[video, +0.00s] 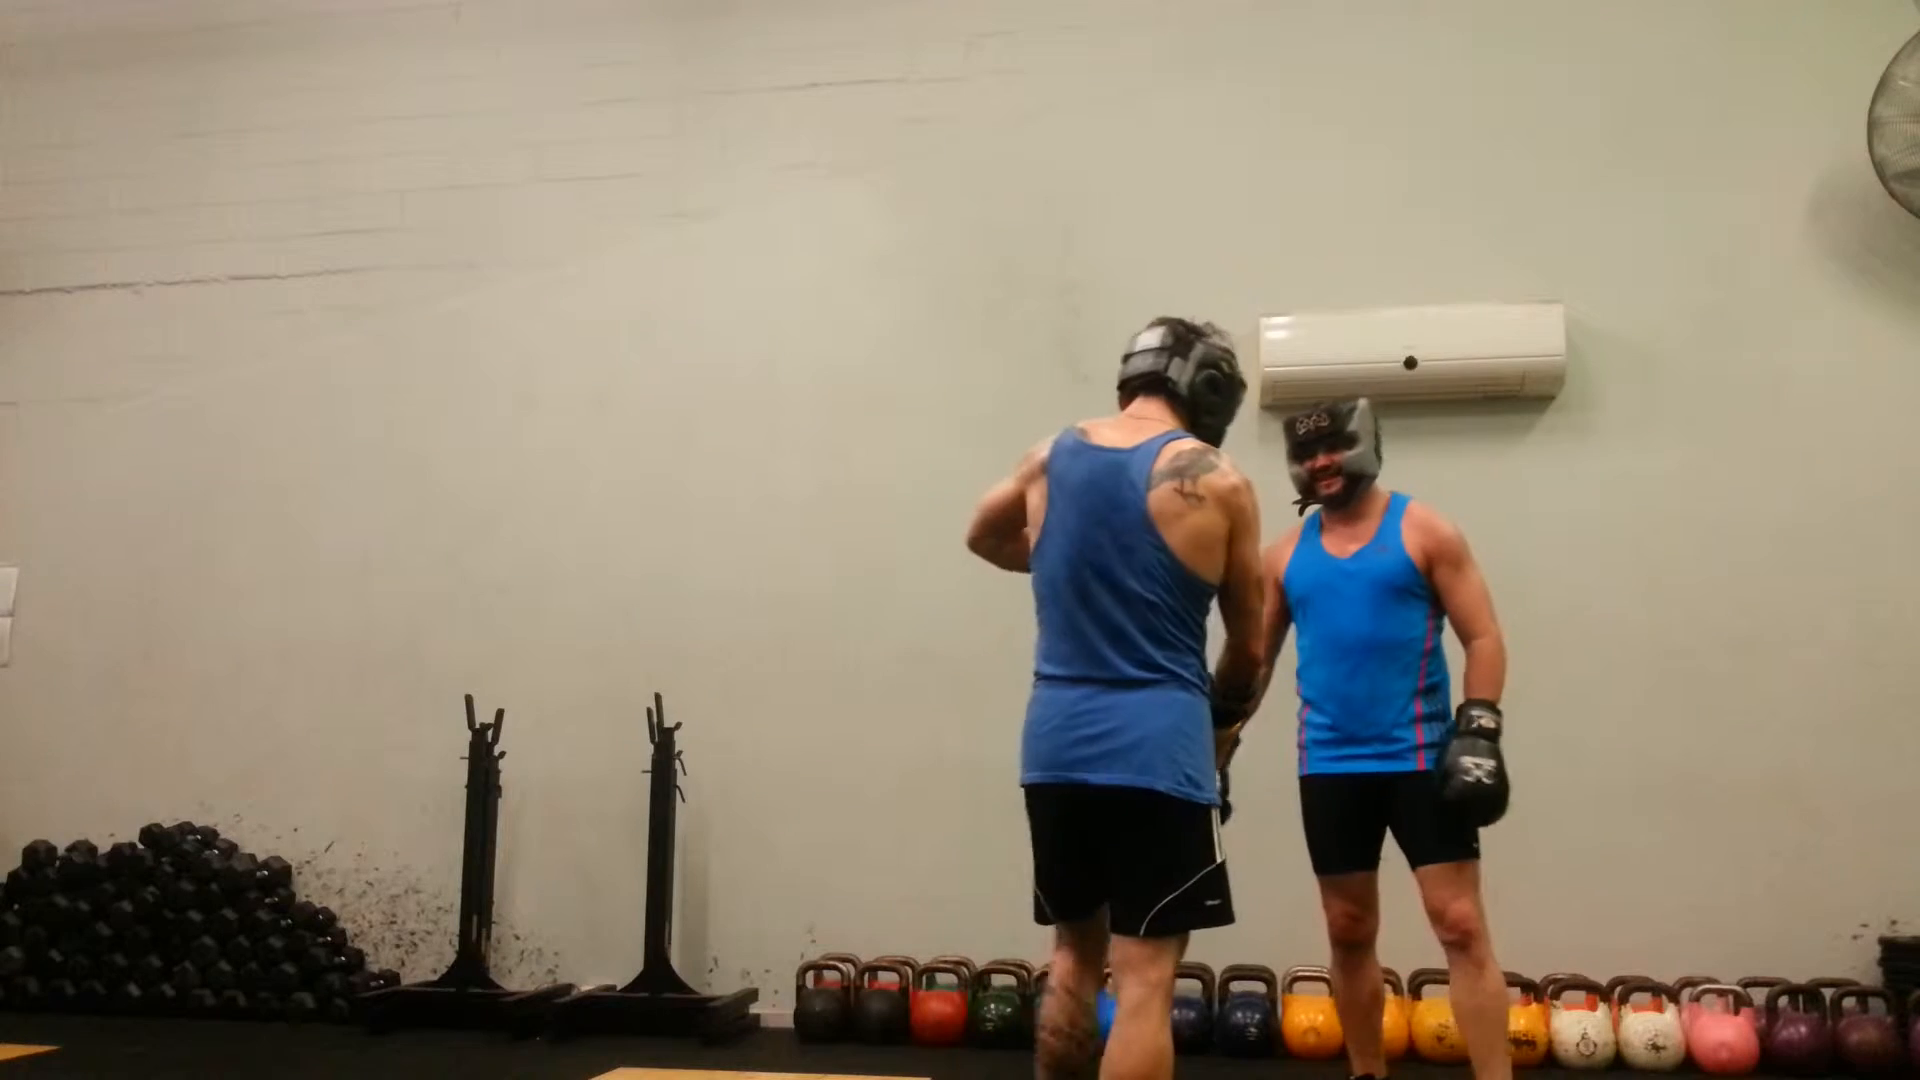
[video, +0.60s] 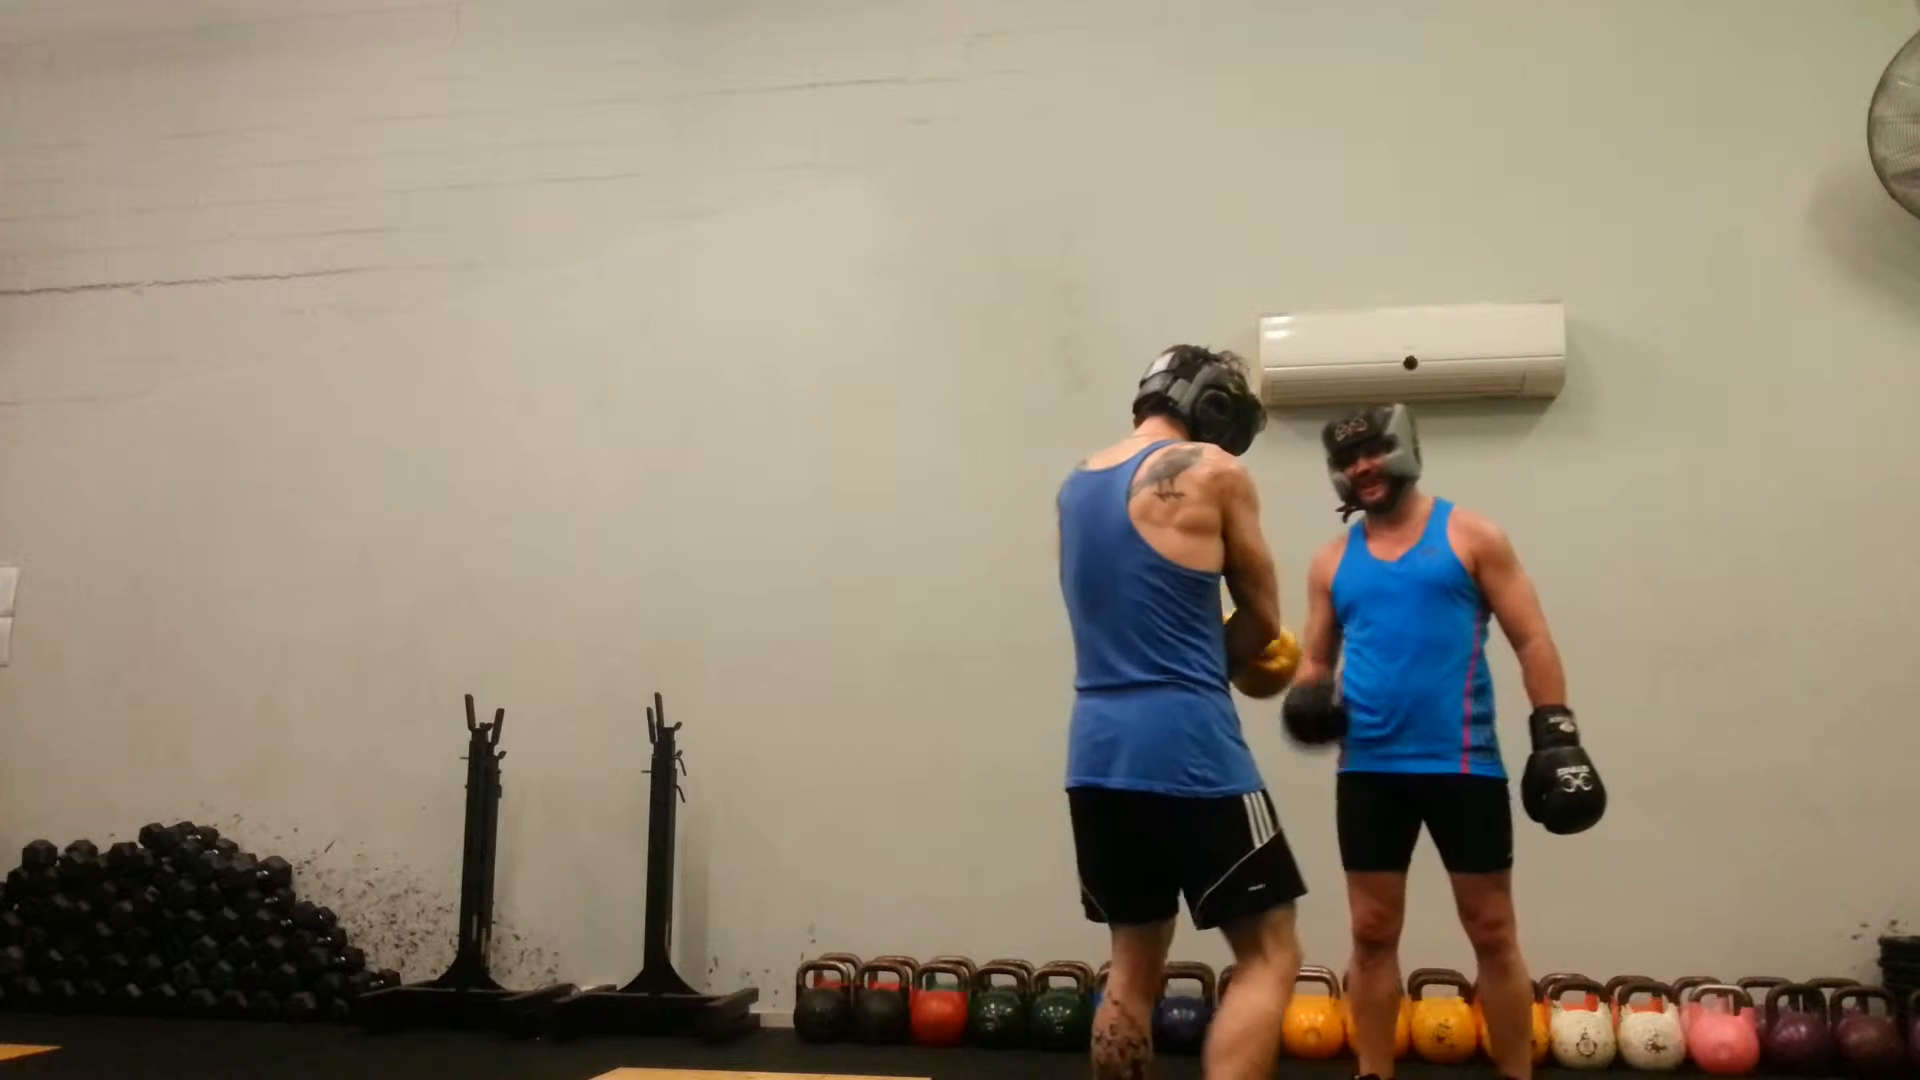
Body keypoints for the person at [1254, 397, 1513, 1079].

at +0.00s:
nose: (1323, 463)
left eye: (1337, 447)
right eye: (1308, 453)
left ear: (1368, 448)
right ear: (1295, 466)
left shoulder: (1425, 532)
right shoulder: (1283, 555)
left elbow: (1482, 637)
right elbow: (1251, 665)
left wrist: (1478, 732)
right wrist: (1214, 750)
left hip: (1423, 762)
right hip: (1331, 769)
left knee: (1460, 926)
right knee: (1348, 930)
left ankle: (1493, 1076)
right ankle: (1367, 1072)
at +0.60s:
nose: (1366, 472)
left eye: (1378, 456)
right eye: (1350, 464)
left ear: (1409, 454)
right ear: (1337, 475)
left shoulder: (1472, 537)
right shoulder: (1332, 561)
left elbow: (1531, 637)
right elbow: (1315, 658)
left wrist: (1555, 737)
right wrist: (1308, 702)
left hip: (1464, 767)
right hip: (1371, 770)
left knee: (1492, 933)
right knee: (1371, 932)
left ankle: (1515, 1074)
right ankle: (1374, 1074)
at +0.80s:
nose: (1394, 467)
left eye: (1407, 452)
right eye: (1378, 458)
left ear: (1438, 453)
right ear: (1364, 471)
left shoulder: (1499, 538)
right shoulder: (1357, 555)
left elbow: (1554, 641)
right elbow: (1326, 667)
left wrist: (1570, 738)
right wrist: (1340, 617)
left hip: (1486, 766)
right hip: (1393, 768)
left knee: (1507, 933)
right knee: (1383, 932)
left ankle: (1521, 1074)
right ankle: (1378, 1075)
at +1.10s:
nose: (1428, 468)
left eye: (1442, 453)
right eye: (1414, 456)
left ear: (1473, 457)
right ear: (1399, 464)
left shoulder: (1528, 543)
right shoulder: (1393, 545)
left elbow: (1577, 647)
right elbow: (1347, 642)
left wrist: (1591, 744)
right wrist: (1386, 542)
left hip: (1509, 767)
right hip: (1415, 768)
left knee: (1520, 932)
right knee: (1397, 934)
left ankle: (1525, 1074)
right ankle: (1382, 1074)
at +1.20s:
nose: (1434, 474)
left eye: (1447, 460)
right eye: (1421, 462)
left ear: (1478, 463)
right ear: (1404, 469)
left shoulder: (1533, 545)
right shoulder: (1399, 548)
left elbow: (1583, 652)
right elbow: (1351, 624)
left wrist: (1600, 749)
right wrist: (1396, 510)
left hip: (1515, 766)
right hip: (1420, 767)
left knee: (1523, 934)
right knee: (1398, 940)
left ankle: (1527, 1073)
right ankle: (1382, 1075)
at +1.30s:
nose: (1441, 476)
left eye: (1452, 462)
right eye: (1429, 463)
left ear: (1479, 464)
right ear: (1412, 472)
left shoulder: (1539, 547)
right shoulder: (1404, 548)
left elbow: (1586, 655)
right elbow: (1359, 643)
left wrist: (1608, 754)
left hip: (1517, 768)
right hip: (1421, 767)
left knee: (1524, 933)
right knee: (1403, 935)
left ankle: (1526, 1073)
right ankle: (1382, 1070)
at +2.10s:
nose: (1443, 480)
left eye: (1454, 463)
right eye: (1430, 469)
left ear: (1478, 466)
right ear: (1414, 481)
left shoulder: (1538, 541)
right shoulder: (1397, 546)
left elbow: (1586, 646)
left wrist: (1601, 741)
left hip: (1508, 765)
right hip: (1413, 765)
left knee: (1519, 934)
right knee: (1391, 945)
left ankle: (1525, 1072)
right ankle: (1384, 1069)